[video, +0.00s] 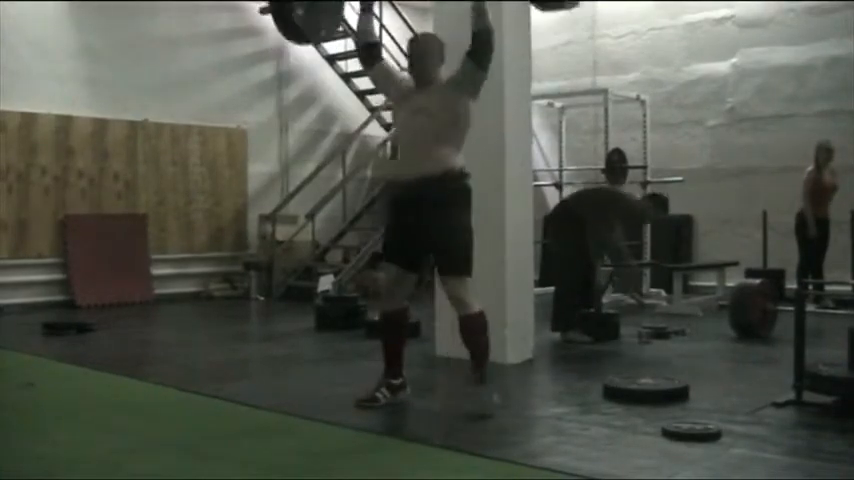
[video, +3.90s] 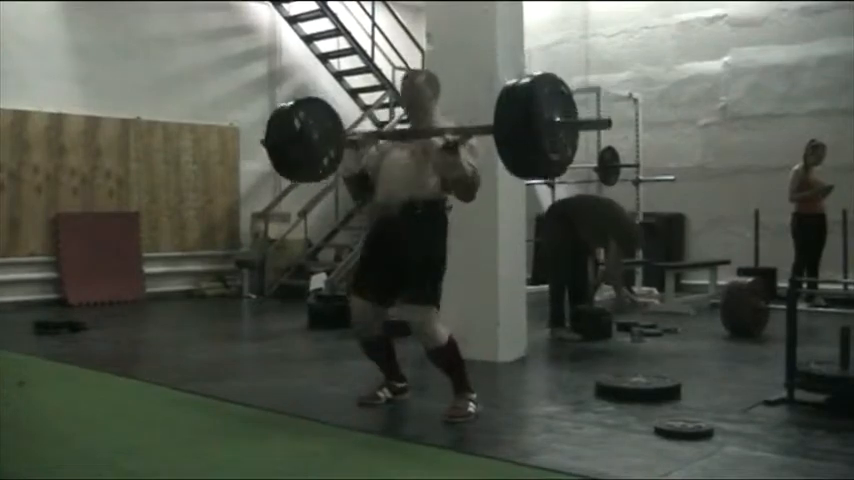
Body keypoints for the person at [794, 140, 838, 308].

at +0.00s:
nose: (827, 158)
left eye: (829, 154)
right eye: (824, 154)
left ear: (831, 156)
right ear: (817, 155)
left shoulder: (830, 173)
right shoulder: (812, 173)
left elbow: (827, 198)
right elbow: (806, 200)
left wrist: (833, 188)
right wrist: (811, 224)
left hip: (822, 219)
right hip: (807, 218)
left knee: (818, 258)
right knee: (806, 258)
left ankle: (819, 294)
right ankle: (802, 293)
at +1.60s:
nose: (814, 158)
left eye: (816, 155)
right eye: (812, 154)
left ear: (819, 156)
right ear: (806, 154)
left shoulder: (819, 173)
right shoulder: (801, 173)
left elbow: (818, 195)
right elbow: (794, 196)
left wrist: (823, 187)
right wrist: (801, 212)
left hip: (815, 219)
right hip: (800, 219)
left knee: (811, 259)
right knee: (799, 258)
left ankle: (812, 294)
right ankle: (794, 293)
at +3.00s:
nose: (817, 161)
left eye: (819, 157)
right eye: (814, 157)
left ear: (820, 158)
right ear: (806, 156)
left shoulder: (819, 174)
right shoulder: (797, 174)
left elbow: (820, 198)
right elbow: (791, 199)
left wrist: (824, 191)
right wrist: (814, 191)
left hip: (818, 219)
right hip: (802, 218)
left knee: (812, 260)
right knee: (800, 258)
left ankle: (812, 295)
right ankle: (793, 294)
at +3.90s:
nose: (820, 159)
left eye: (822, 155)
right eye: (818, 154)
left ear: (822, 156)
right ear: (809, 153)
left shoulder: (813, 173)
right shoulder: (798, 171)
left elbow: (811, 197)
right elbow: (792, 196)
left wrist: (823, 192)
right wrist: (815, 192)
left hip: (817, 217)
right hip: (802, 218)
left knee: (814, 258)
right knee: (801, 257)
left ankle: (812, 294)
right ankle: (794, 292)